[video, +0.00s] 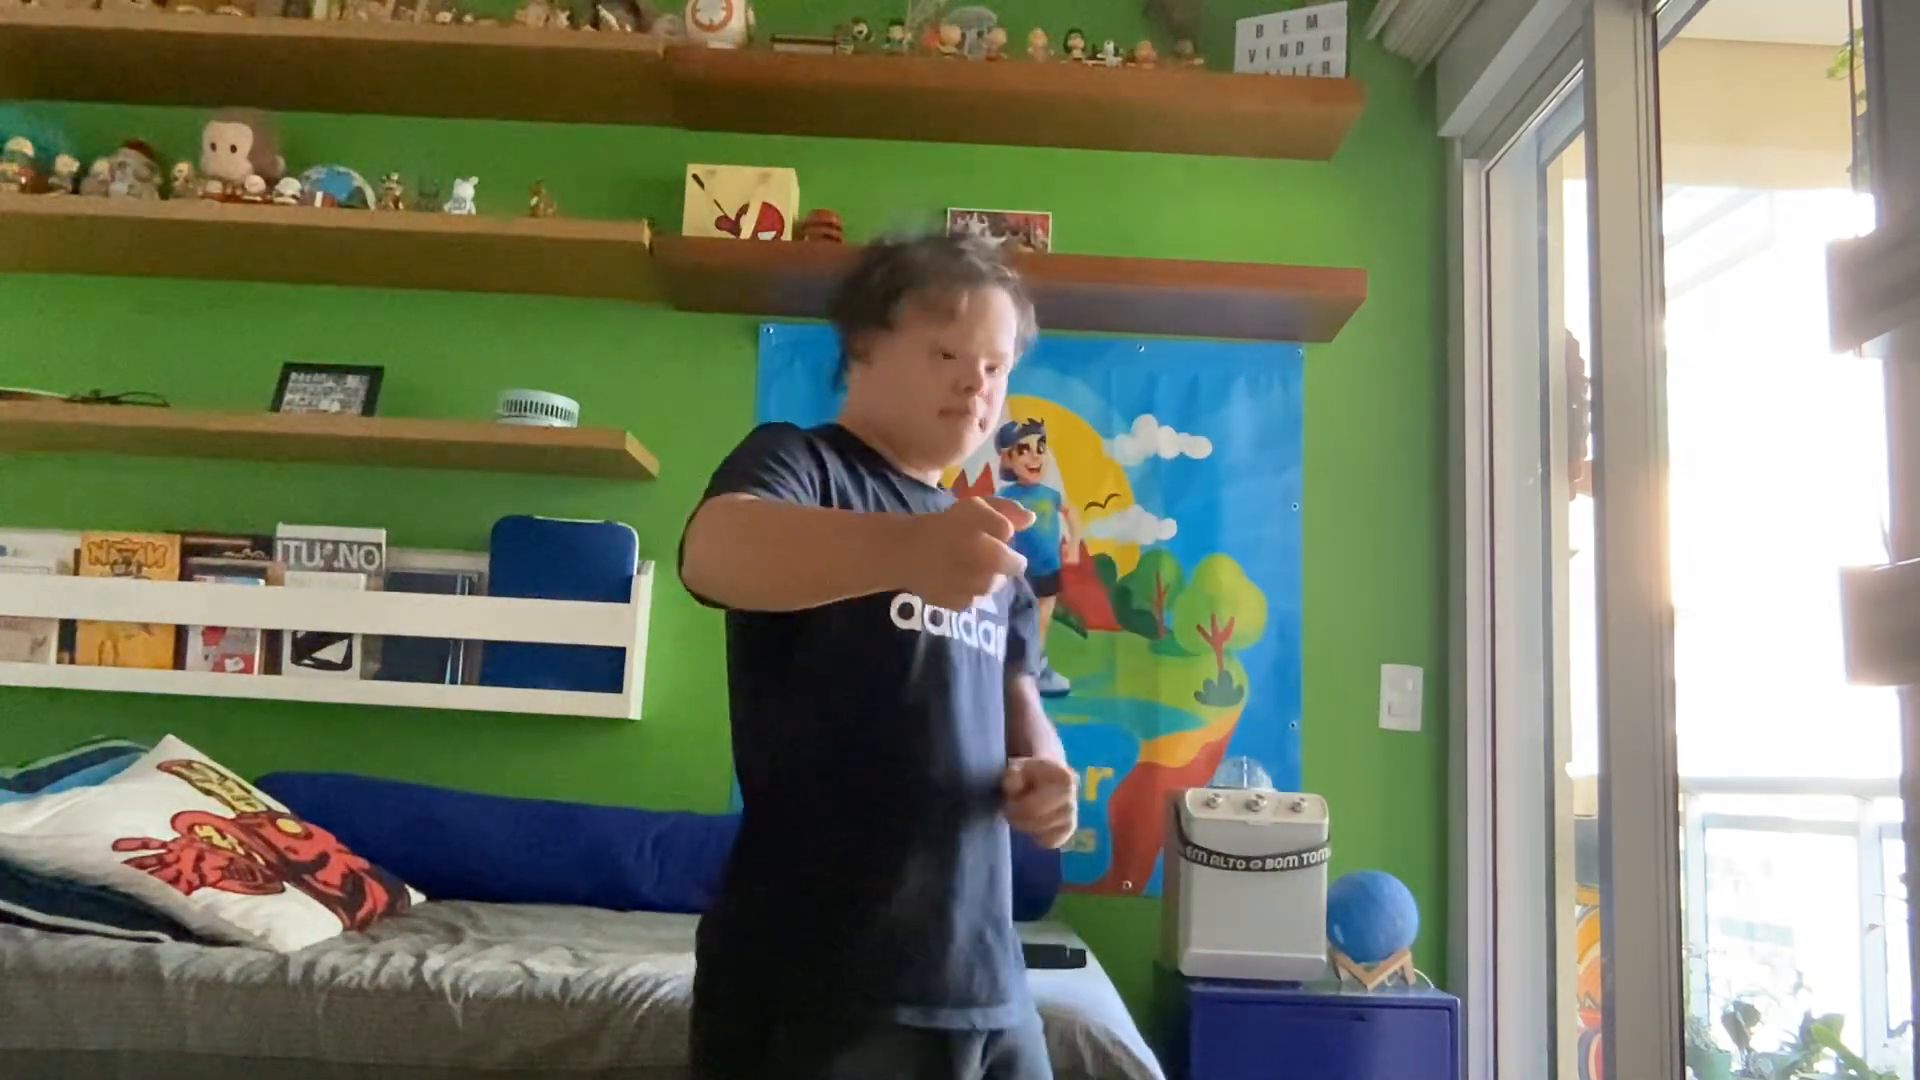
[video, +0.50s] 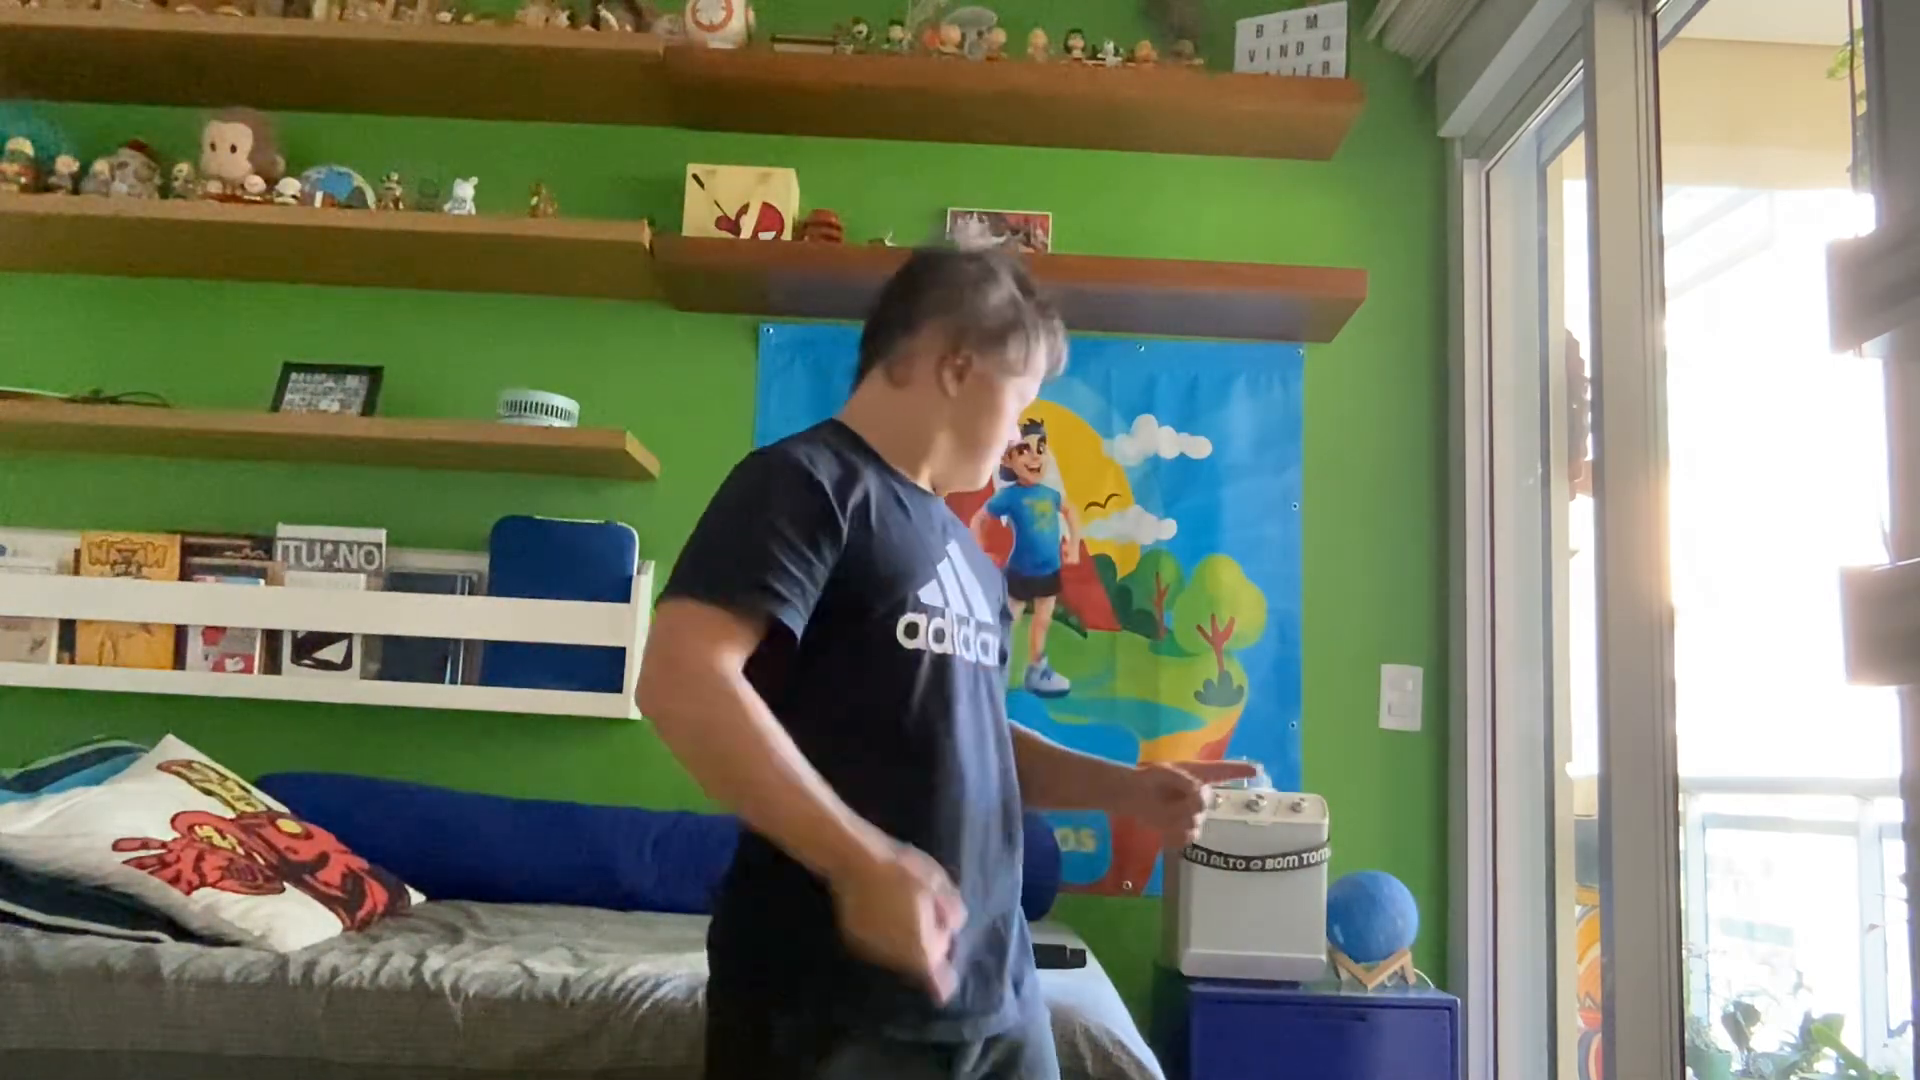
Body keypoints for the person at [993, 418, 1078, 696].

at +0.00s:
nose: (1033, 459)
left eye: (1038, 451)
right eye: (1022, 451)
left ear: (1045, 456)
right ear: (1006, 459)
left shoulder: (1050, 495)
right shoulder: (1004, 498)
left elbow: (1071, 516)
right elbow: (993, 531)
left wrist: (1073, 543)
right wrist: (1000, 560)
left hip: (1049, 571)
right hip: (1019, 572)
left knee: (1043, 622)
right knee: (1020, 624)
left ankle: (1039, 666)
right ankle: (1021, 670)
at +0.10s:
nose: (1033, 459)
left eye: (1039, 451)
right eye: (1023, 451)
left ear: (1046, 456)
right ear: (1007, 459)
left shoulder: (1052, 495)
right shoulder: (1004, 497)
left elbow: (1071, 516)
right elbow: (984, 521)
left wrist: (1073, 543)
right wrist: (995, 548)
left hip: (1048, 567)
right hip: (1015, 566)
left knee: (1043, 615)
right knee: (1009, 617)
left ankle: (1036, 666)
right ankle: (1007, 665)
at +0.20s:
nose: (1034, 458)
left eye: (1040, 451)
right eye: (1024, 451)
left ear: (1046, 457)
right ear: (1008, 460)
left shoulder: (1051, 494)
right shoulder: (1008, 494)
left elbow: (1070, 513)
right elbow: (978, 520)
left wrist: (1073, 541)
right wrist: (984, 549)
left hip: (1049, 569)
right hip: (1017, 570)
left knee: (1043, 617)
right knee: (1007, 618)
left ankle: (1037, 668)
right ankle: (1000, 668)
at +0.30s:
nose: (1034, 459)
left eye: (1040, 451)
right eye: (1024, 451)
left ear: (1046, 457)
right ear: (1010, 460)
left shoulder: (1051, 494)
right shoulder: (1008, 495)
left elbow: (1070, 514)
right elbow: (977, 520)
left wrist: (1073, 543)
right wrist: (979, 551)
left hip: (1049, 567)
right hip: (1020, 568)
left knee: (1044, 618)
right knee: (1011, 619)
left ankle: (1036, 668)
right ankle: (1006, 673)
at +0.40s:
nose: (1033, 458)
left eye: (1039, 451)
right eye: (1024, 451)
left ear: (1046, 458)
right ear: (1010, 460)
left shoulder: (1051, 494)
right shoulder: (1008, 495)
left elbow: (1070, 513)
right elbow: (977, 519)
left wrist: (1073, 543)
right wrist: (980, 552)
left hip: (1049, 568)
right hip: (1019, 569)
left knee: (1044, 617)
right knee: (1007, 620)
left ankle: (1037, 669)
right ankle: (997, 670)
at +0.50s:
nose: (1034, 459)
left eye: (1039, 452)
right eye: (1024, 452)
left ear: (1045, 459)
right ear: (1011, 462)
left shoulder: (1051, 494)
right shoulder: (1008, 495)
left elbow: (1070, 514)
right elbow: (978, 519)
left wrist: (1073, 544)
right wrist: (980, 551)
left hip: (1049, 568)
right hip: (1020, 568)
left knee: (1044, 615)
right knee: (1008, 617)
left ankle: (1037, 668)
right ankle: (993, 665)